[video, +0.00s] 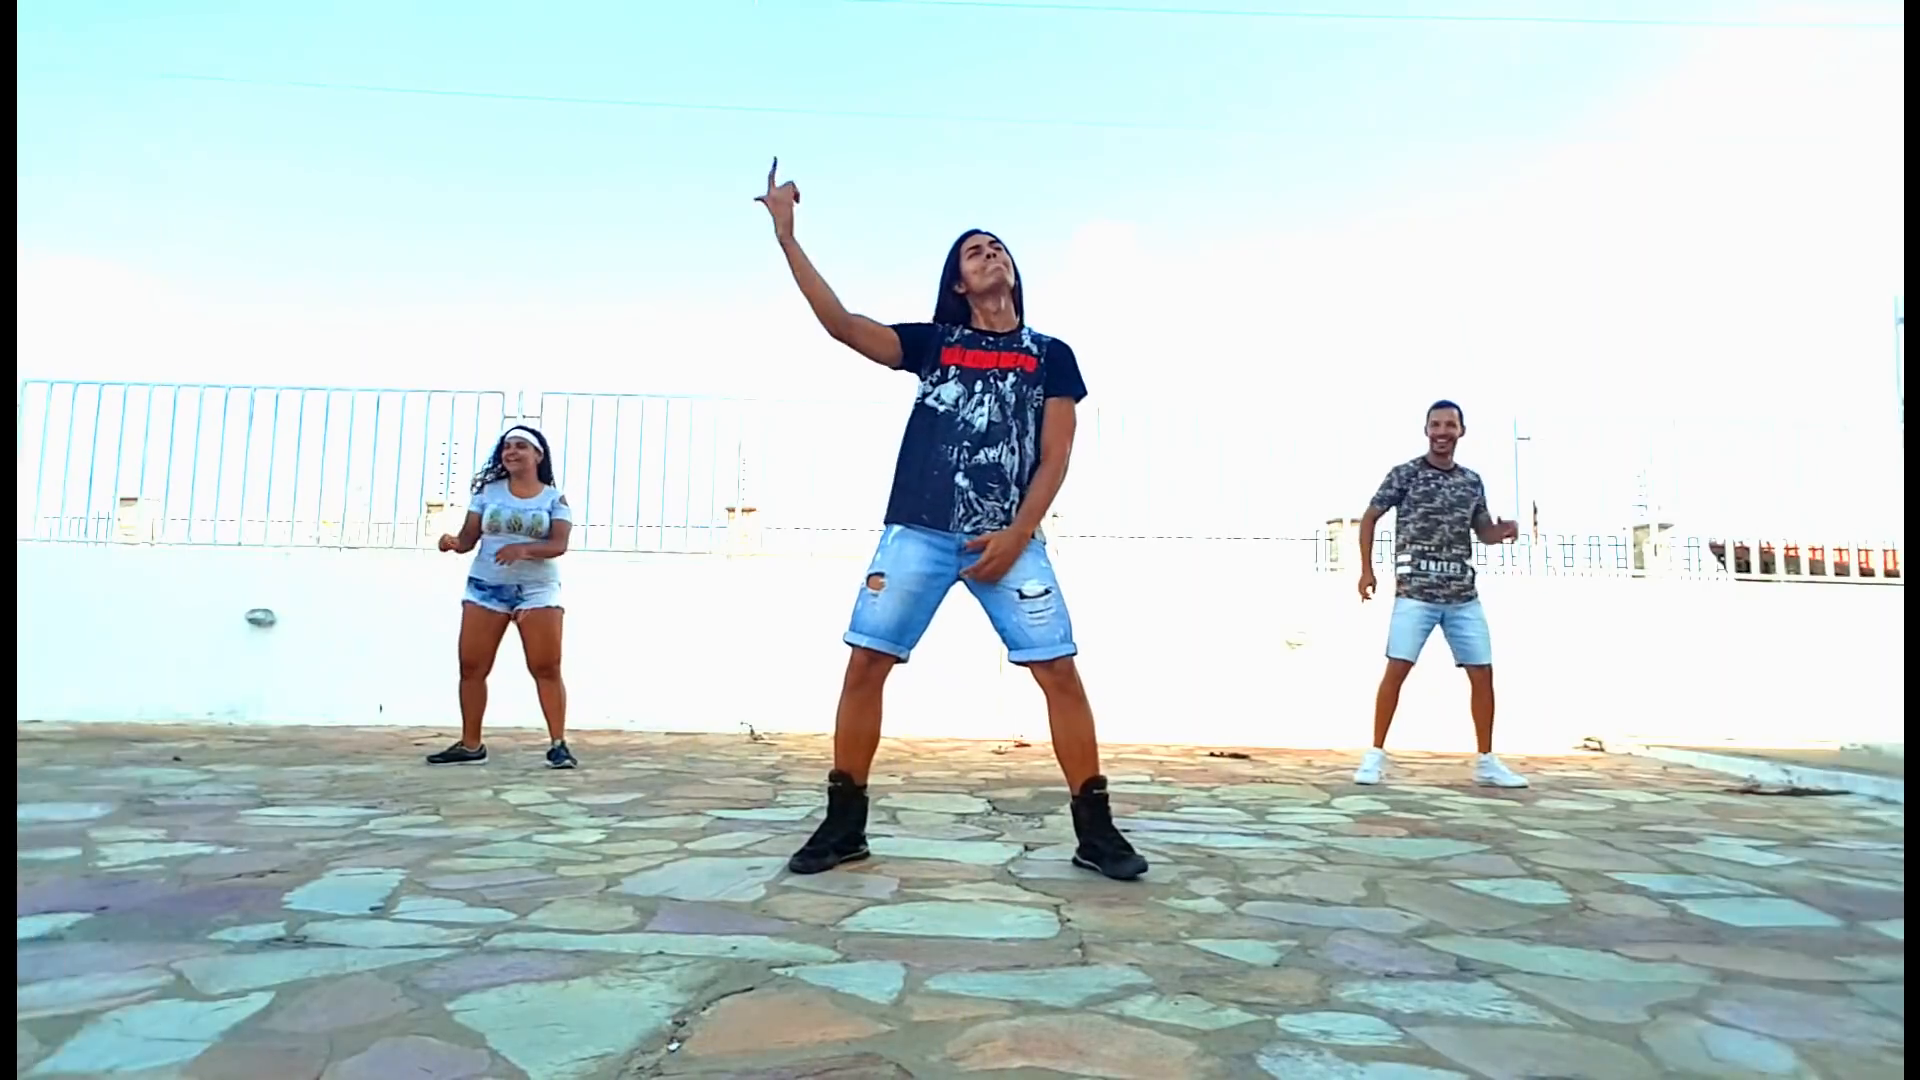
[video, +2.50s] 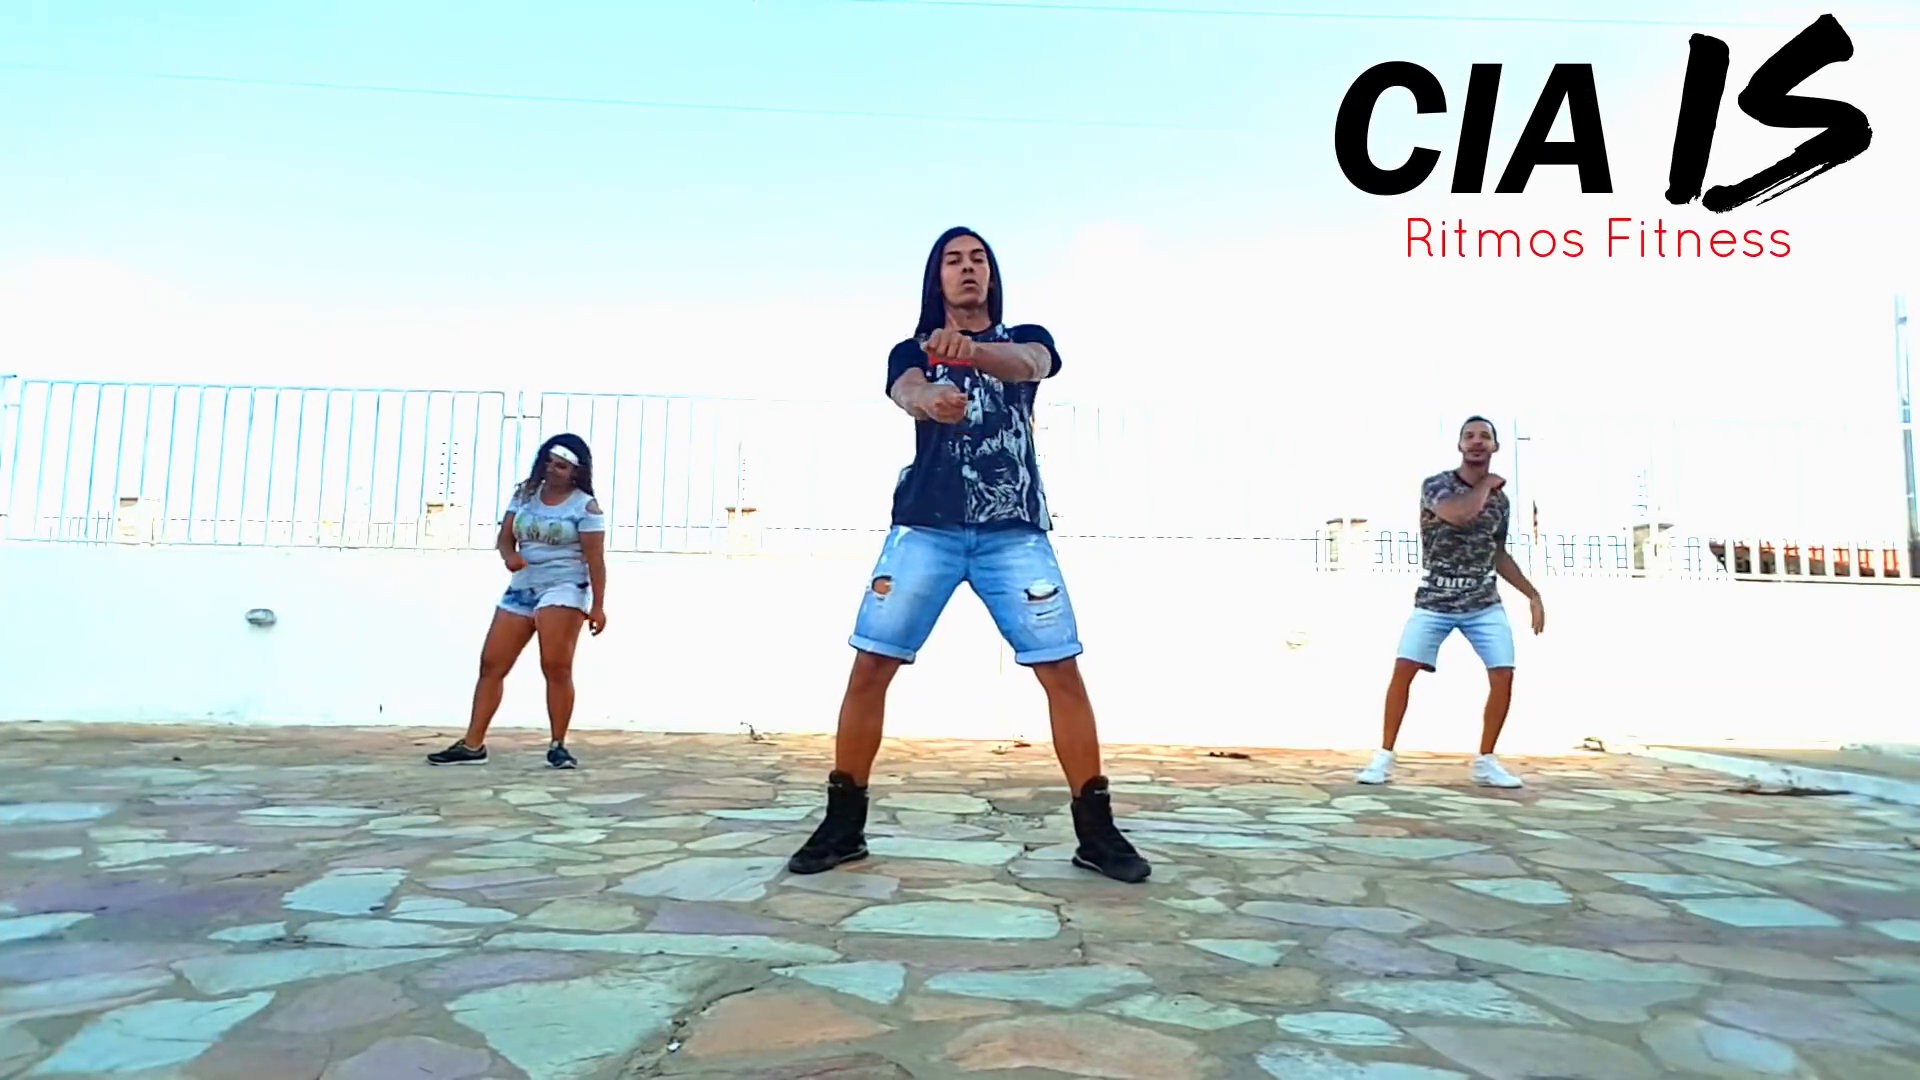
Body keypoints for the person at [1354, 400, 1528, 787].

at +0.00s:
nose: (1443, 432)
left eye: (1450, 426)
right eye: (1436, 425)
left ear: (1461, 432)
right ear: (1426, 431)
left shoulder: (1471, 481)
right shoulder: (1404, 475)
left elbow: (1484, 532)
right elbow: (1368, 520)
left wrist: (1501, 531)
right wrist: (1367, 569)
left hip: (1462, 597)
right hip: (1415, 595)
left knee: (1482, 672)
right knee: (1397, 669)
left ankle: (1486, 759)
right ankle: (1376, 753)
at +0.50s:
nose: (1396, 436)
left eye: (1403, 430)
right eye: (1389, 429)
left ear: (1412, 437)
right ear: (1378, 435)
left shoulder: (1423, 484)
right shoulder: (1359, 479)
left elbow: (1438, 533)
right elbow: (1349, 518)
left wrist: (1451, 537)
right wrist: (1394, 504)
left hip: (1428, 594)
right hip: (1382, 596)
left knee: (1468, 665)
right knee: (1378, 674)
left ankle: (1486, 753)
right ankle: (1375, 757)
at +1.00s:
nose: (1374, 432)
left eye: (1377, 425)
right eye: (1365, 427)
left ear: (1383, 429)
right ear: (1349, 434)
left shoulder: (1397, 471)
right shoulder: (1332, 484)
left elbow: (1426, 513)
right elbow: (1311, 530)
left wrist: (1432, 483)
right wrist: (1331, 572)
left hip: (1412, 586)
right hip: (1369, 594)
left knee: (1472, 636)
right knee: (1374, 674)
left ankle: (1521, 722)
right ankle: (1374, 756)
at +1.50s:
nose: (1346, 449)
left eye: (1351, 442)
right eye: (1345, 443)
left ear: (1375, 443)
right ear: (1360, 447)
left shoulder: (1421, 477)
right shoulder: (1355, 487)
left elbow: (1450, 518)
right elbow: (1341, 519)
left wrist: (1438, 558)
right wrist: (1359, 473)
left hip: (1426, 595)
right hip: (1377, 600)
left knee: (1458, 675)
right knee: (1370, 676)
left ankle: (1482, 755)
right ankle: (1374, 756)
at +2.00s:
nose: (1449, 450)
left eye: (1456, 443)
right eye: (1442, 443)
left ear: (1467, 450)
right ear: (1433, 449)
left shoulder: (1484, 490)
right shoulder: (1412, 498)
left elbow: (1527, 530)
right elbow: (1389, 541)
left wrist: (1502, 508)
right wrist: (1410, 568)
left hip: (1480, 606)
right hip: (1434, 606)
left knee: (1508, 679)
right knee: (1414, 676)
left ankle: (1486, 761)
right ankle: (1380, 755)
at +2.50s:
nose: (1477, 442)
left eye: (1485, 437)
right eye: (1470, 436)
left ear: (1494, 448)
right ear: (1459, 445)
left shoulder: (1499, 501)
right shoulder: (1436, 485)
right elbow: (1460, 515)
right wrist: (1486, 483)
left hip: (1484, 604)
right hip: (1434, 602)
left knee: (1503, 673)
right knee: (1404, 666)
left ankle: (1485, 760)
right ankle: (1384, 755)